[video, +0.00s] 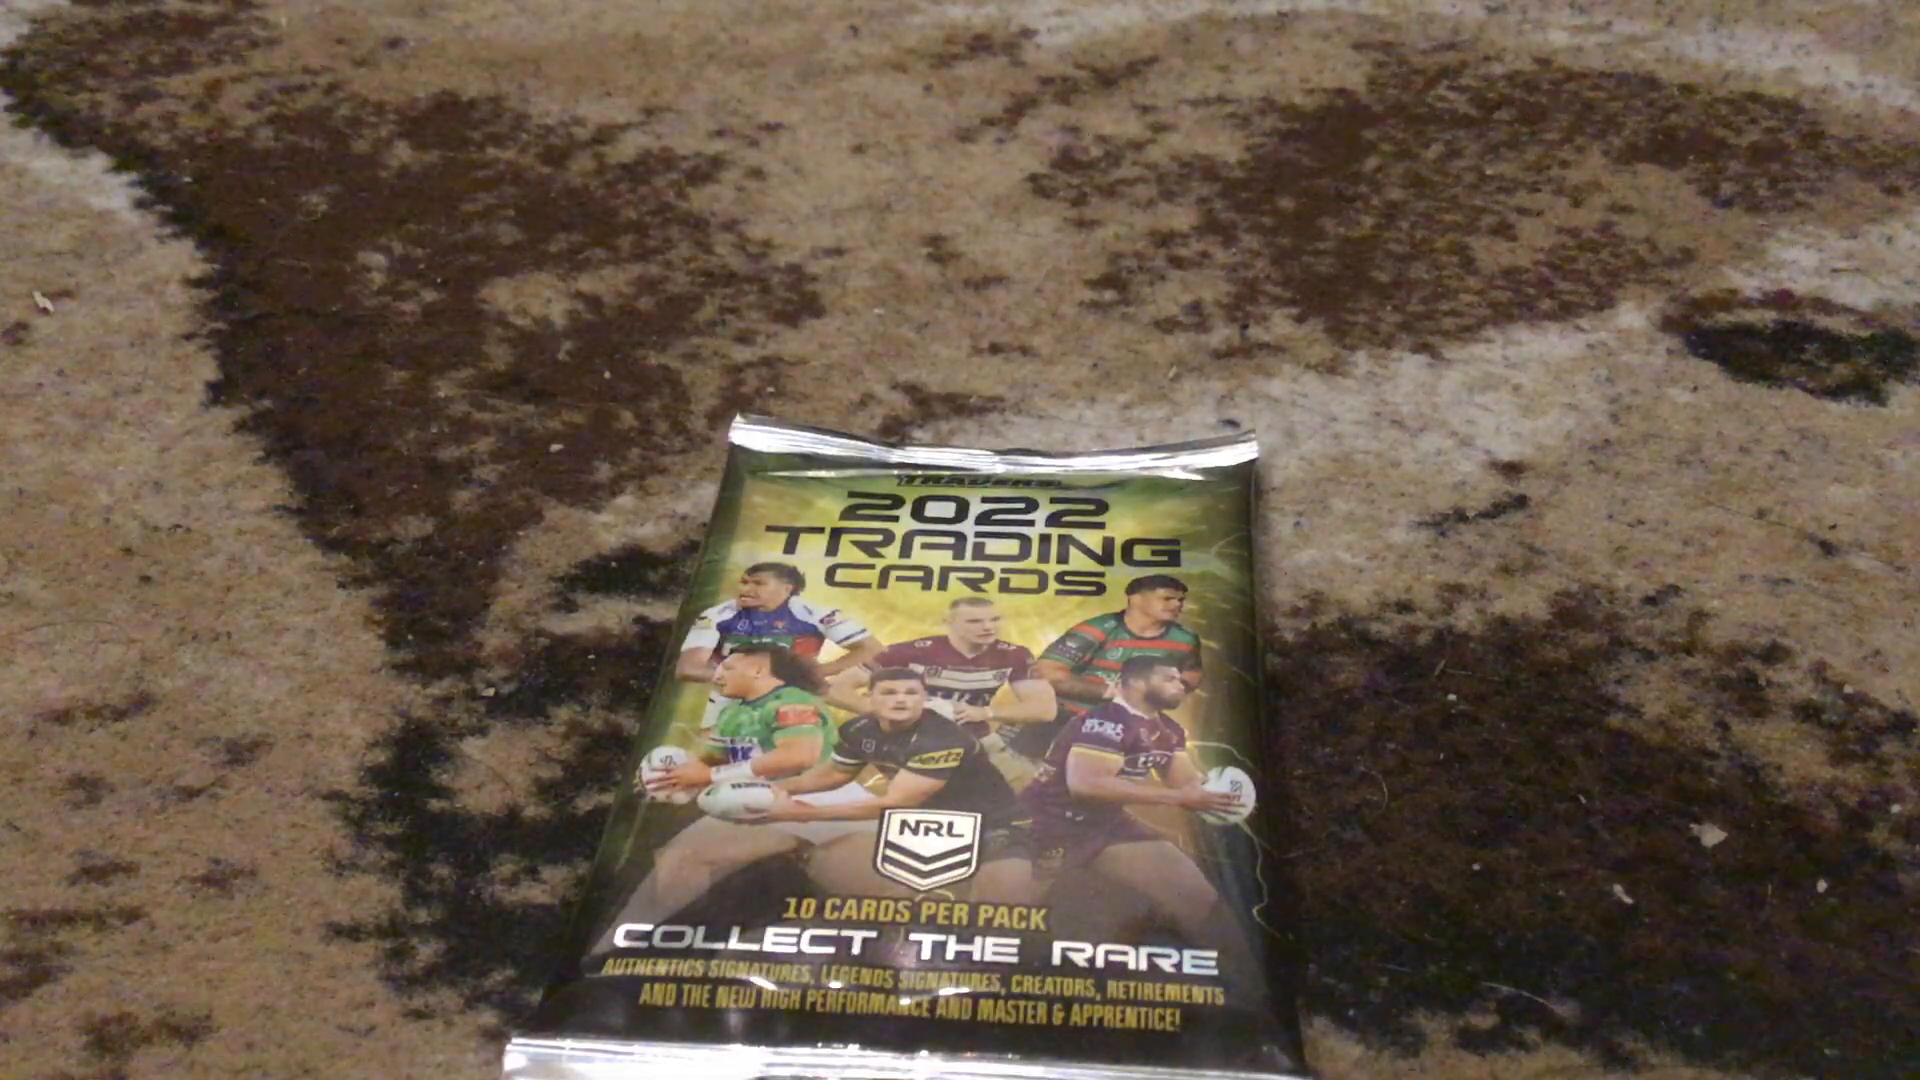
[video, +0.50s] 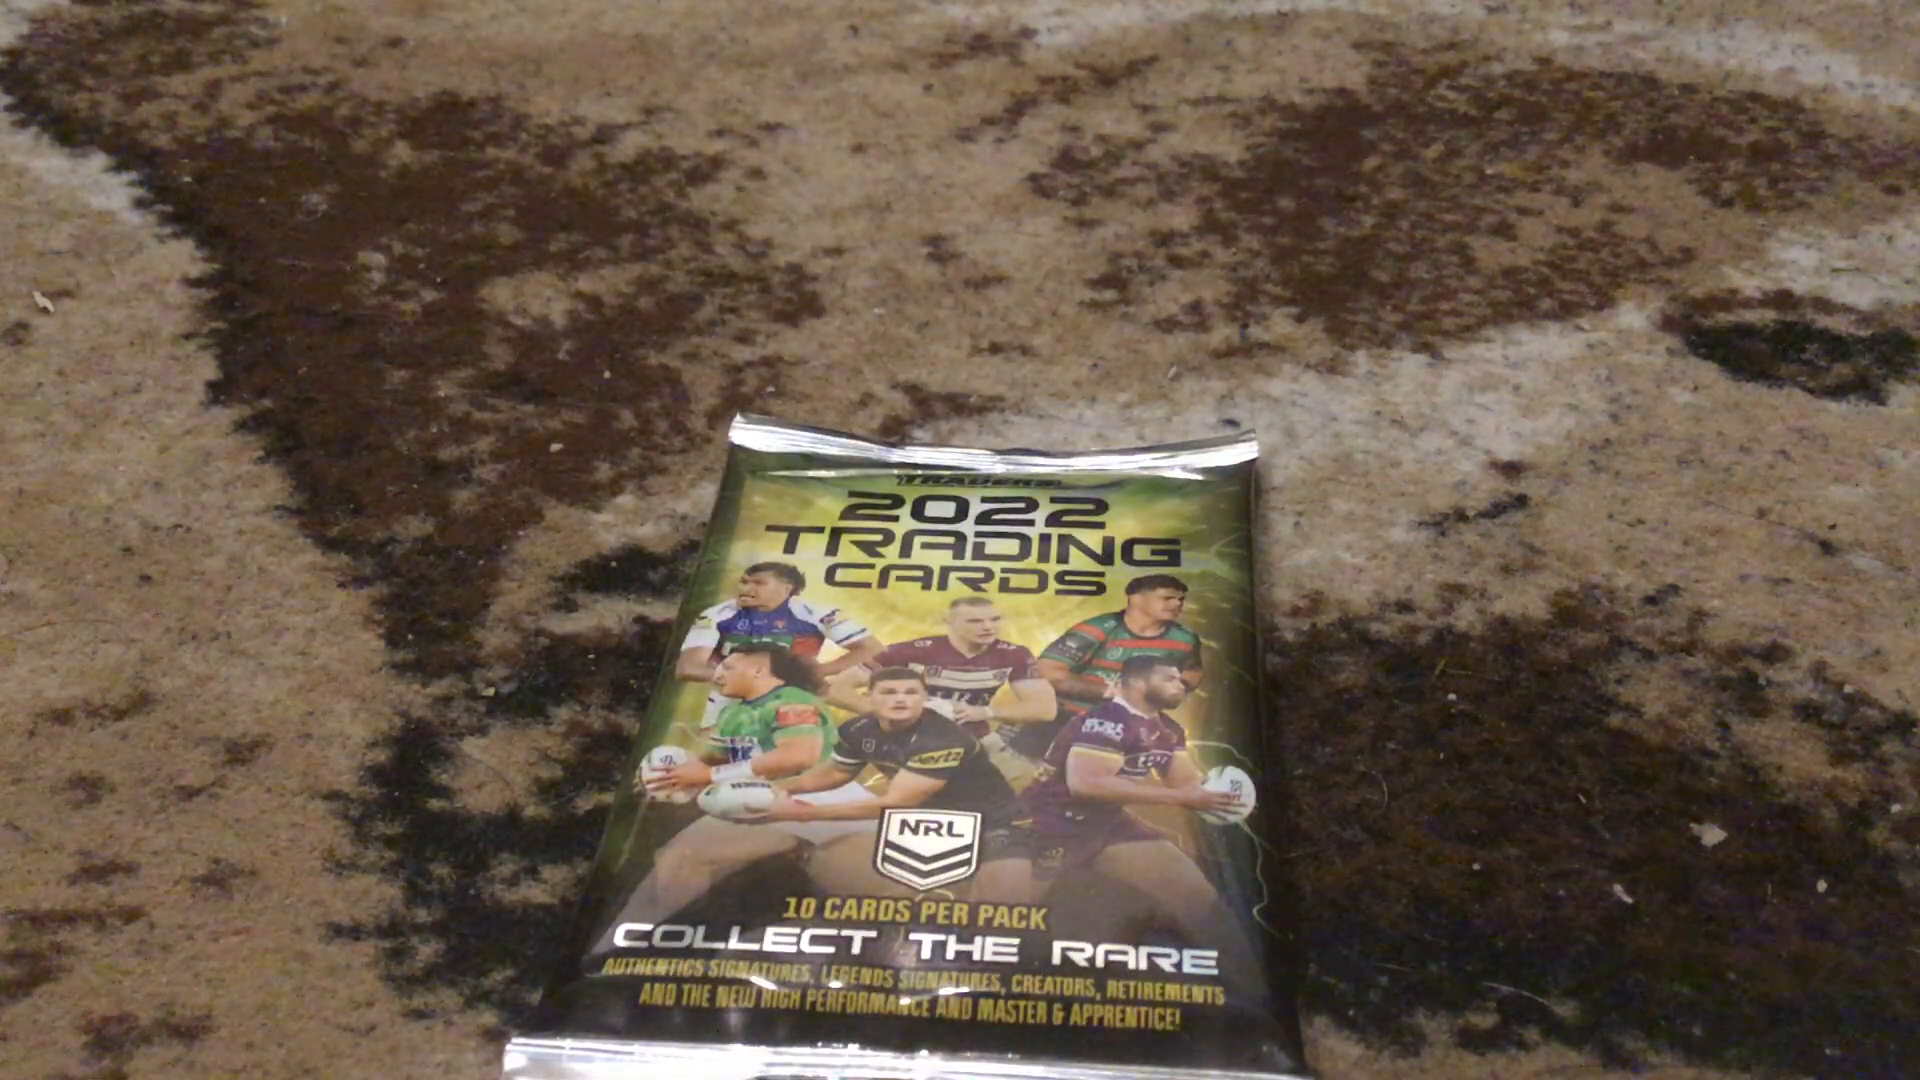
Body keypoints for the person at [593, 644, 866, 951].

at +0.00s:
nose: (719, 671)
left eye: (729, 662)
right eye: (722, 663)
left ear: (760, 665)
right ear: (756, 667)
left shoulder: (793, 702)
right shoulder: (733, 713)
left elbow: (801, 754)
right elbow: (712, 763)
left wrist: (711, 775)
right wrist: (668, 781)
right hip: (750, 817)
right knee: (673, 863)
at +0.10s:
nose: (721, 669)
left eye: (730, 661)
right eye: (723, 662)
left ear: (761, 665)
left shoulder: (794, 701)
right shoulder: (732, 714)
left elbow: (801, 755)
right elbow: (714, 763)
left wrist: (712, 776)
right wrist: (669, 779)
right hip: (749, 814)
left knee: (686, 859)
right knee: (670, 861)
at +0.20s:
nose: (720, 670)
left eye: (729, 662)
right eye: (722, 663)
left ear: (761, 664)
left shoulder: (794, 702)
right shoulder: (733, 713)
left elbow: (801, 755)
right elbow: (713, 763)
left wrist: (710, 775)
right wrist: (669, 780)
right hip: (755, 816)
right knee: (673, 862)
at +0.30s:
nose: (720, 670)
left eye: (729, 662)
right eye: (722, 663)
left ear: (760, 665)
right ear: (756, 667)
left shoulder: (794, 702)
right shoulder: (734, 713)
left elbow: (801, 755)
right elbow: (712, 762)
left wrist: (710, 775)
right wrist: (669, 779)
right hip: (754, 816)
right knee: (672, 863)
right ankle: (616, 949)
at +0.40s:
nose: (720, 670)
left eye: (729, 662)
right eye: (722, 663)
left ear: (761, 664)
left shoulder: (793, 701)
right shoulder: (732, 713)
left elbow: (801, 755)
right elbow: (714, 762)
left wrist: (712, 775)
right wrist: (669, 779)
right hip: (746, 815)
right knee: (671, 863)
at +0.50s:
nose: (720, 670)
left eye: (729, 662)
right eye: (722, 663)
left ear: (761, 664)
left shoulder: (793, 700)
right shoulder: (733, 713)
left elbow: (801, 754)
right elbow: (713, 762)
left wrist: (711, 775)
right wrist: (667, 778)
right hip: (752, 815)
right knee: (672, 862)